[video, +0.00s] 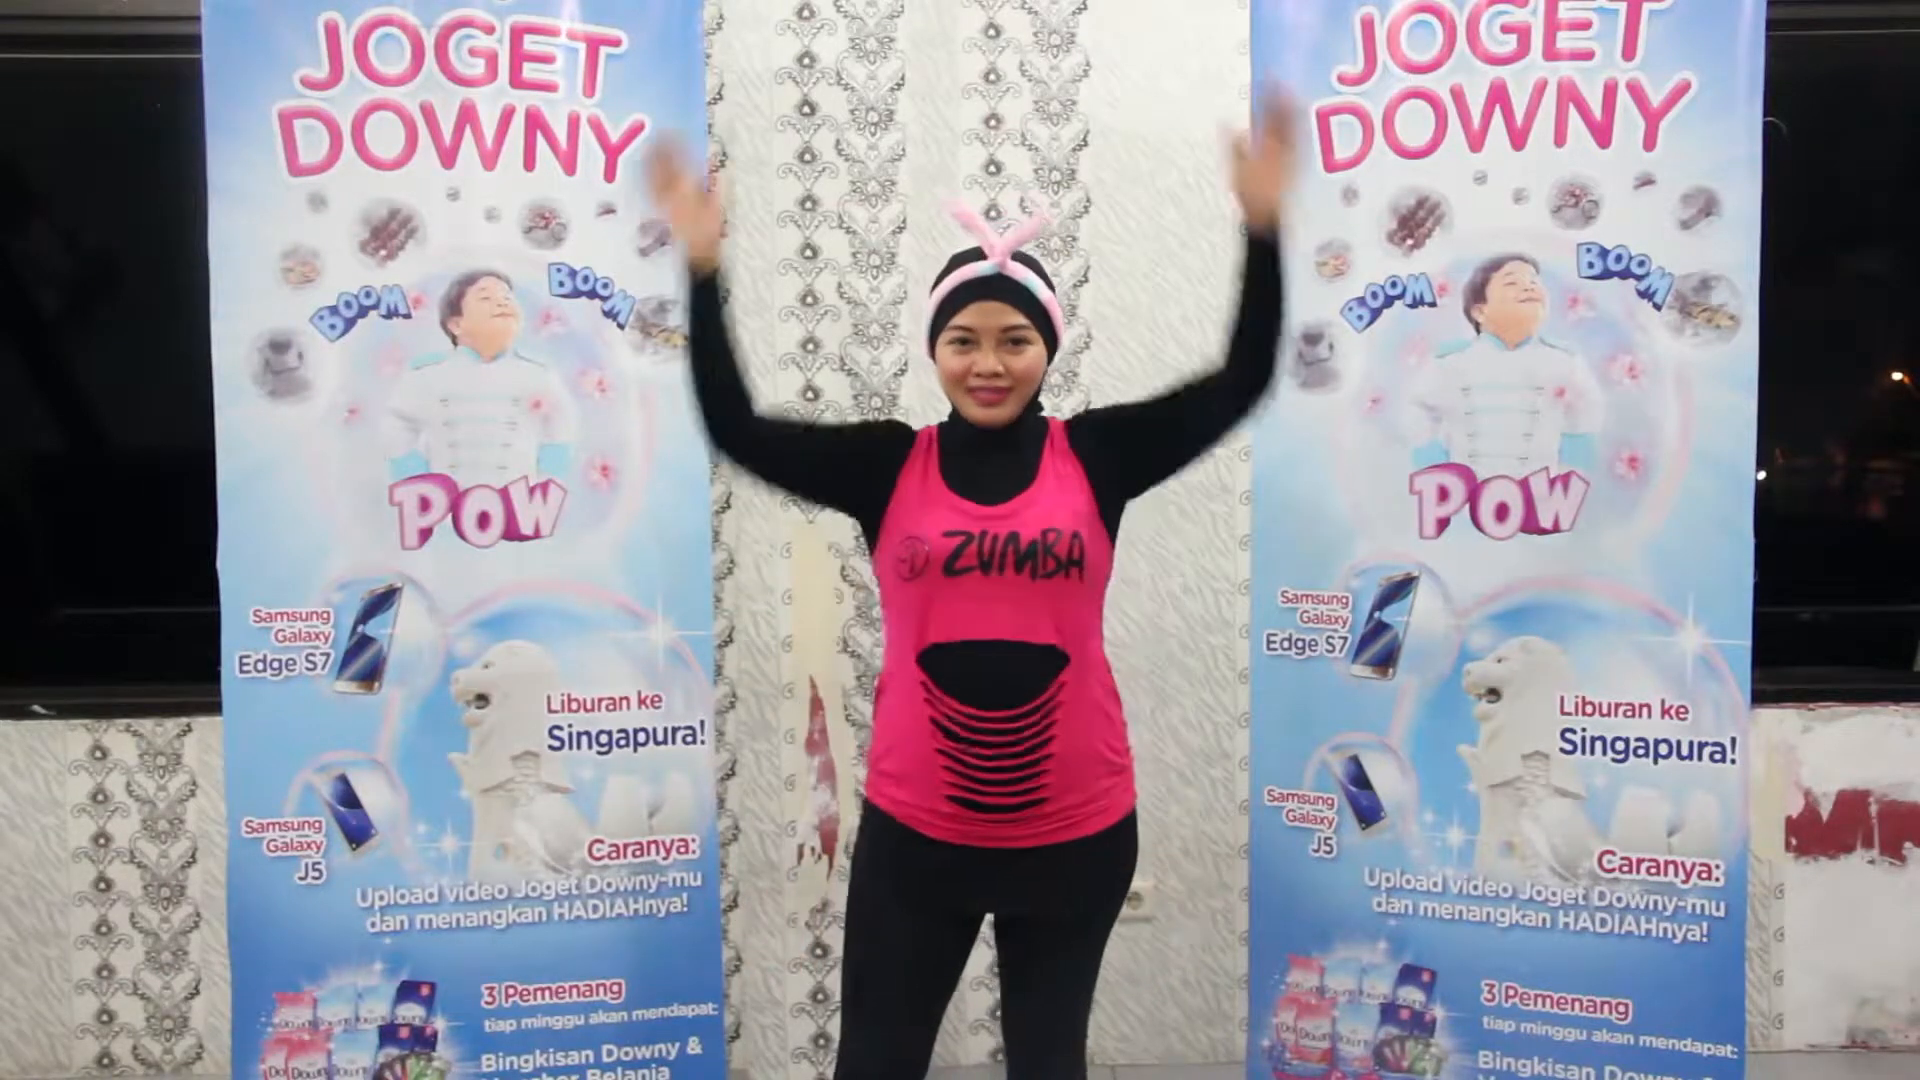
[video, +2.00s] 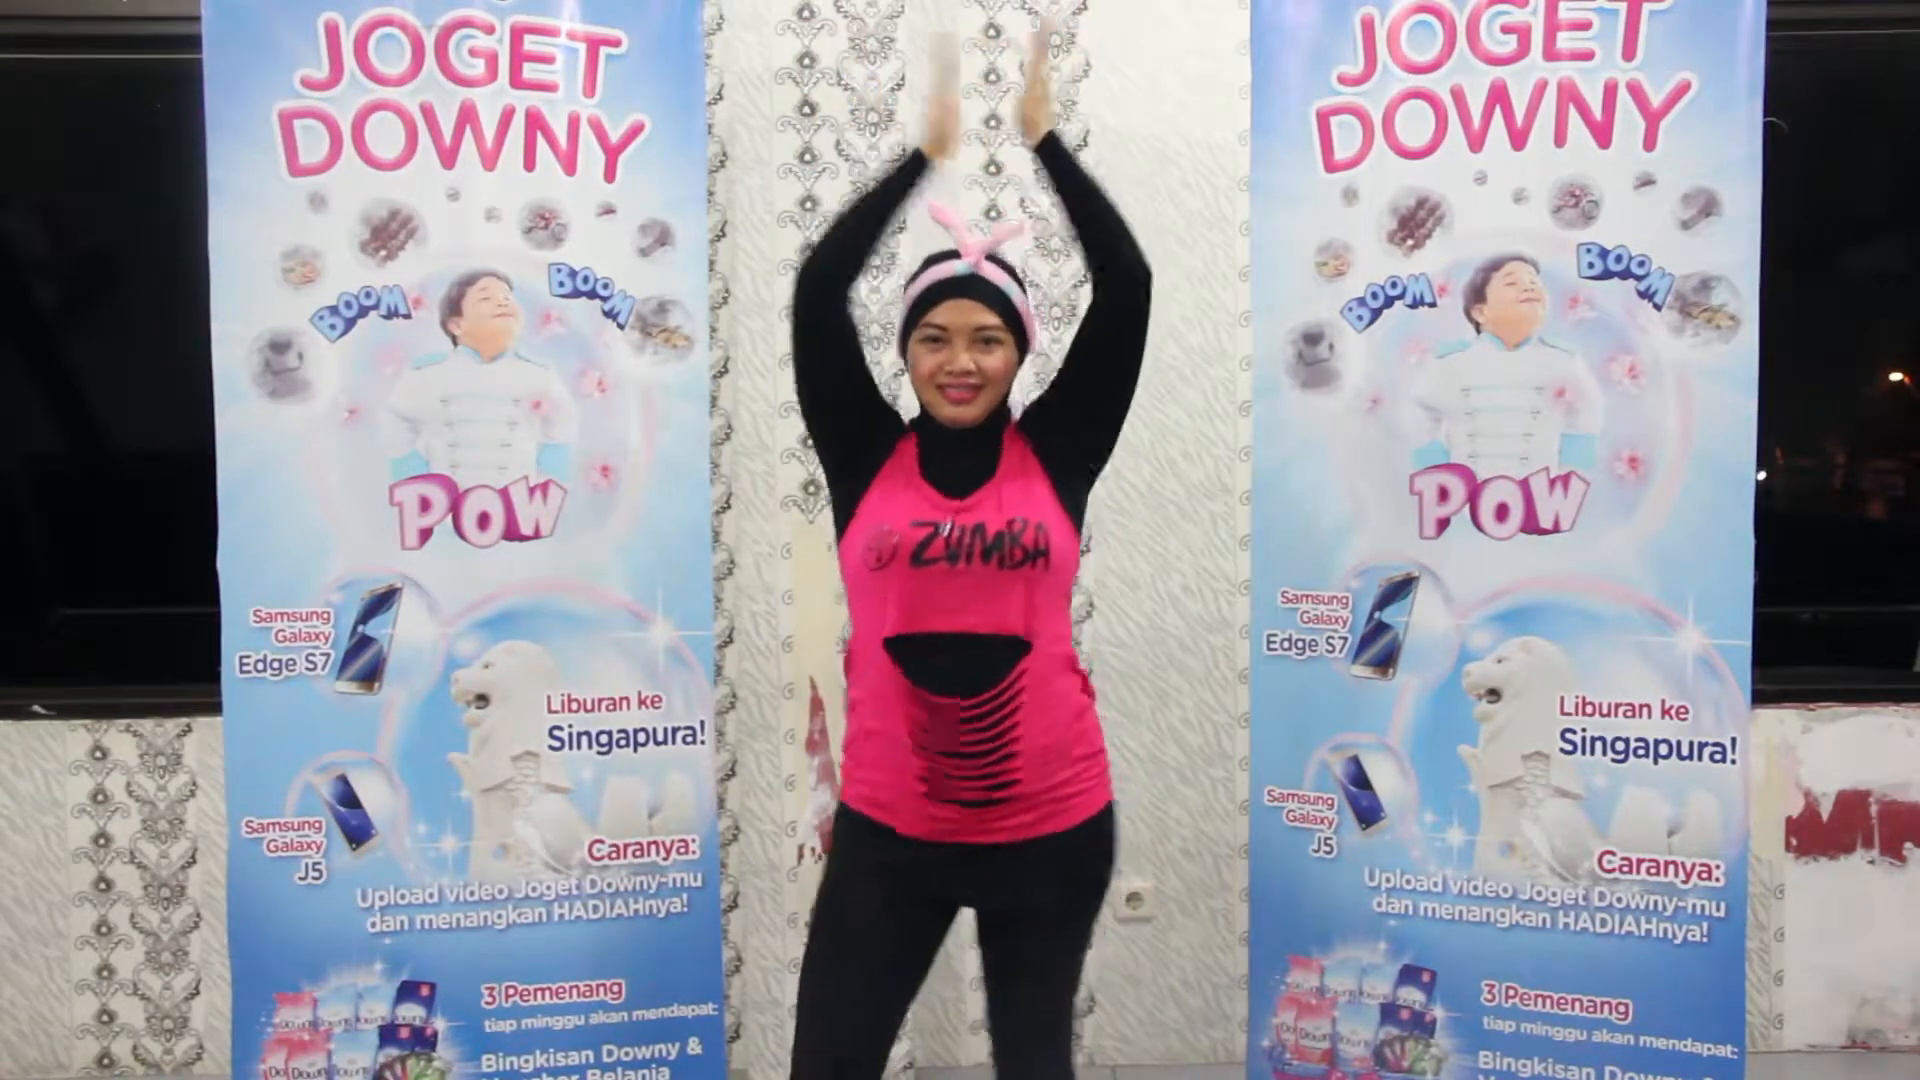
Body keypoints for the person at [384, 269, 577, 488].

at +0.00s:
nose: (501, 302)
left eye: (507, 296)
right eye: (484, 297)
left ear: (518, 313)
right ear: (454, 324)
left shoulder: (536, 376)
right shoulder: (422, 378)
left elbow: (559, 431)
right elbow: (393, 430)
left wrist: (544, 489)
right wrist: (415, 487)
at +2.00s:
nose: (502, 302)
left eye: (507, 296)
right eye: (484, 298)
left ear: (519, 314)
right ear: (454, 324)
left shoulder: (538, 377)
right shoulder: (422, 378)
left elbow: (559, 432)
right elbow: (392, 426)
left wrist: (546, 491)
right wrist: (413, 484)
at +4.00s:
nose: (502, 303)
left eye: (509, 297)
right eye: (485, 298)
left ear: (519, 315)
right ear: (455, 324)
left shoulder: (538, 377)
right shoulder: (421, 377)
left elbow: (560, 436)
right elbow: (394, 432)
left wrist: (546, 496)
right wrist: (415, 489)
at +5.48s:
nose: (503, 301)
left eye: (508, 296)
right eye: (485, 297)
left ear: (518, 314)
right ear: (455, 324)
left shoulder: (539, 376)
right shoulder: (423, 377)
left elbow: (560, 431)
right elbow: (394, 425)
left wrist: (546, 490)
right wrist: (412, 486)